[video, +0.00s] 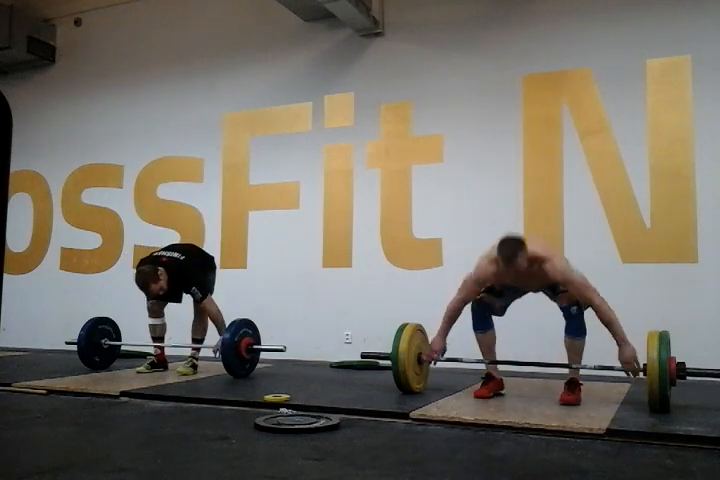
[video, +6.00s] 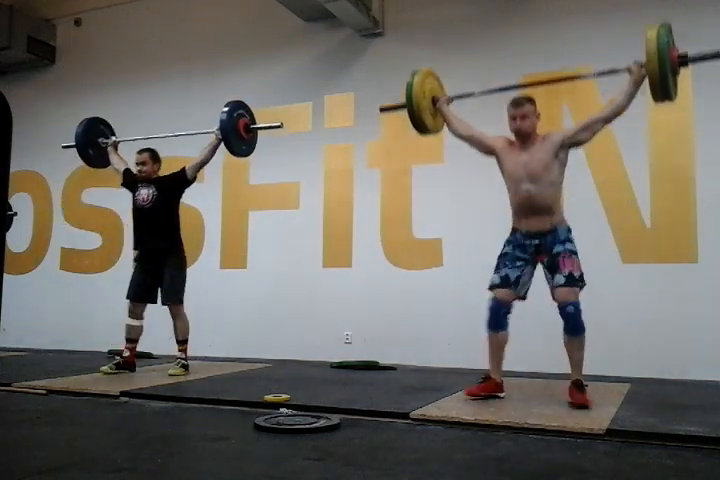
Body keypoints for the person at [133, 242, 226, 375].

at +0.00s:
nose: (161, 294)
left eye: (161, 289)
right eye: (157, 293)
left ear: (161, 274)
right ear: (146, 287)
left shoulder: (185, 275)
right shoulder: (144, 269)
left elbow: (211, 307)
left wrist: (224, 337)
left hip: (203, 263)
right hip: (174, 257)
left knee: (200, 309)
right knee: (154, 307)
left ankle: (193, 359)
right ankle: (159, 358)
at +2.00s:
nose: (131, 283)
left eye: (133, 277)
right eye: (127, 279)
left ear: (143, 269)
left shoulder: (167, 276)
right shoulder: (134, 283)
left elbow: (199, 304)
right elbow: (121, 307)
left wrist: (214, 334)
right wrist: (113, 331)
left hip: (199, 285)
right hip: (171, 291)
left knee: (185, 310)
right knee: (140, 312)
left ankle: (190, 361)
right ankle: (158, 360)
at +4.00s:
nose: (157, 176)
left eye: (163, 174)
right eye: (156, 174)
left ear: (174, 182)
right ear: (155, 182)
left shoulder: (185, 208)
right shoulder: (147, 211)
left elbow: (205, 231)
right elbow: (131, 238)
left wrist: (217, 255)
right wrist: (116, 260)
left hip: (180, 272)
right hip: (156, 272)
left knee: (172, 314)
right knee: (139, 316)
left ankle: (188, 360)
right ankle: (159, 360)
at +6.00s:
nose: (139, 168)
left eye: (143, 164)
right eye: (137, 164)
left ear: (156, 164)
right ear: (135, 167)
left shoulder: (172, 182)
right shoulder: (135, 184)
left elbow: (200, 162)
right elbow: (118, 164)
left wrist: (219, 136)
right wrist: (111, 148)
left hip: (171, 257)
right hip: (145, 257)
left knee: (175, 306)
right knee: (136, 305)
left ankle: (182, 359)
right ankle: (128, 358)